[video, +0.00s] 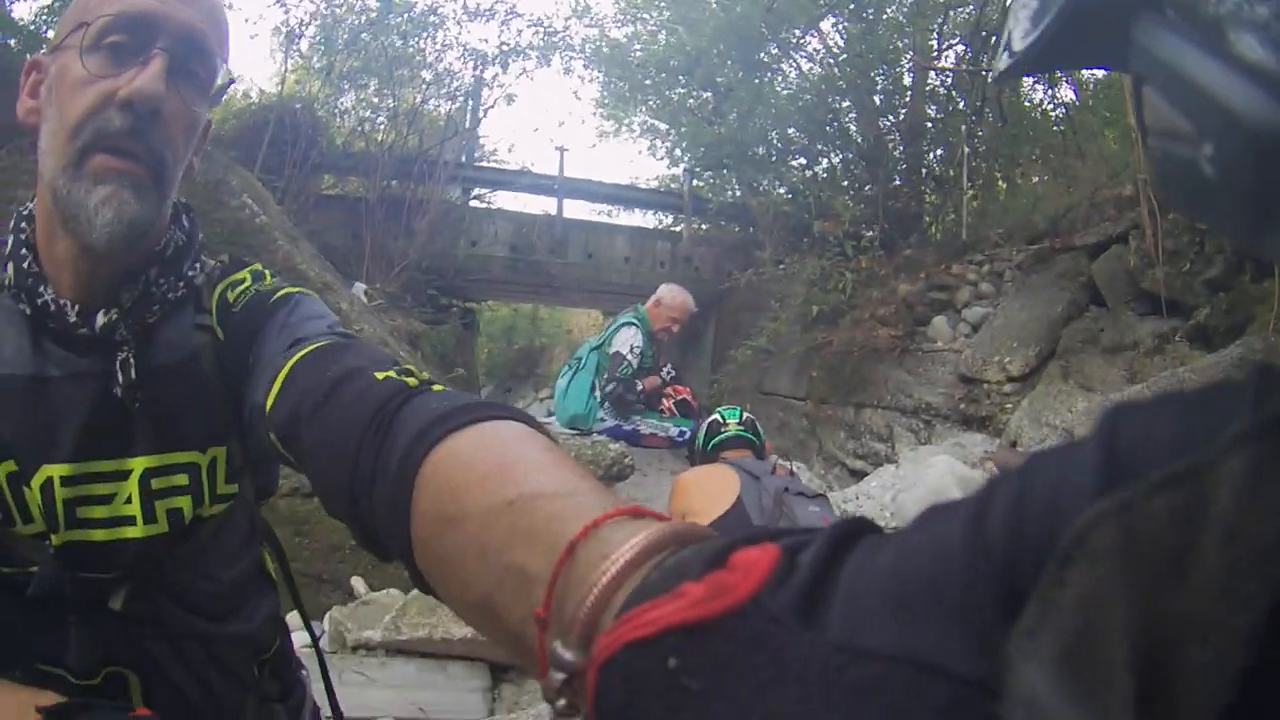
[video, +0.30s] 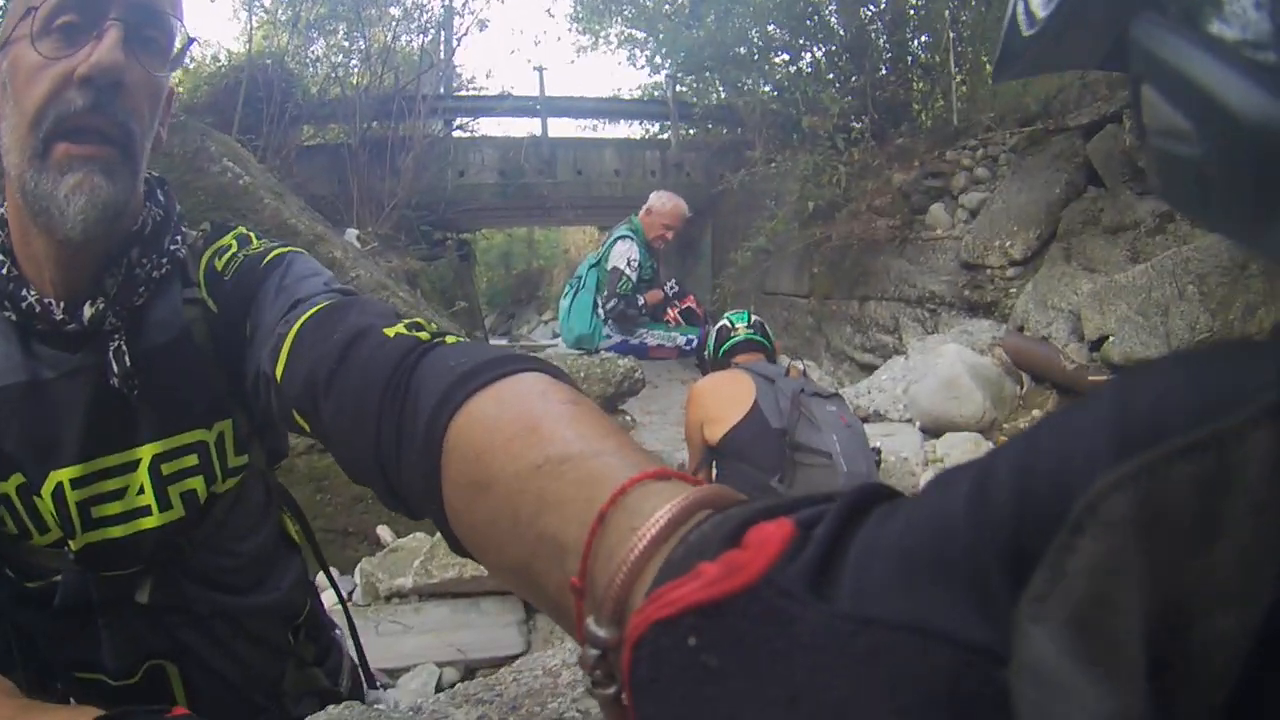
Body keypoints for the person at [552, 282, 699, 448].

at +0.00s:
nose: (676, 330)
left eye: (680, 325)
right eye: (673, 320)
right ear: (655, 304)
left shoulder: (641, 329)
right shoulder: (632, 332)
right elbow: (613, 390)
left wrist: (658, 395)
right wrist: (651, 383)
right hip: (602, 419)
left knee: (689, 425)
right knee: (688, 433)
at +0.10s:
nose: (684, 300)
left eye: (689, 295)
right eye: (681, 290)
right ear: (662, 274)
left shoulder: (650, 299)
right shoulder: (640, 303)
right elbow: (621, 361)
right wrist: (667, 353)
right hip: (611, 389)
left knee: (699, 394)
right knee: (700, 402)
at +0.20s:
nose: (682, 246)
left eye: (686, 241)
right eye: (678, 237)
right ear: (659, 223)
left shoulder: (652, 251)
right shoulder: (639, 253)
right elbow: (625, 315)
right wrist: (671, 302)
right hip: (619, 343)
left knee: (710, 342)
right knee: (708, 348)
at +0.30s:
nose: (669, 237)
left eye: (674, 232)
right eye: (666, 228)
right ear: (646, 213)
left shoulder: (640, 243)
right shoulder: (627, 245)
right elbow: (615, 308)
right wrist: (651, 299)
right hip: (607, 336)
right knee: (700, 340)